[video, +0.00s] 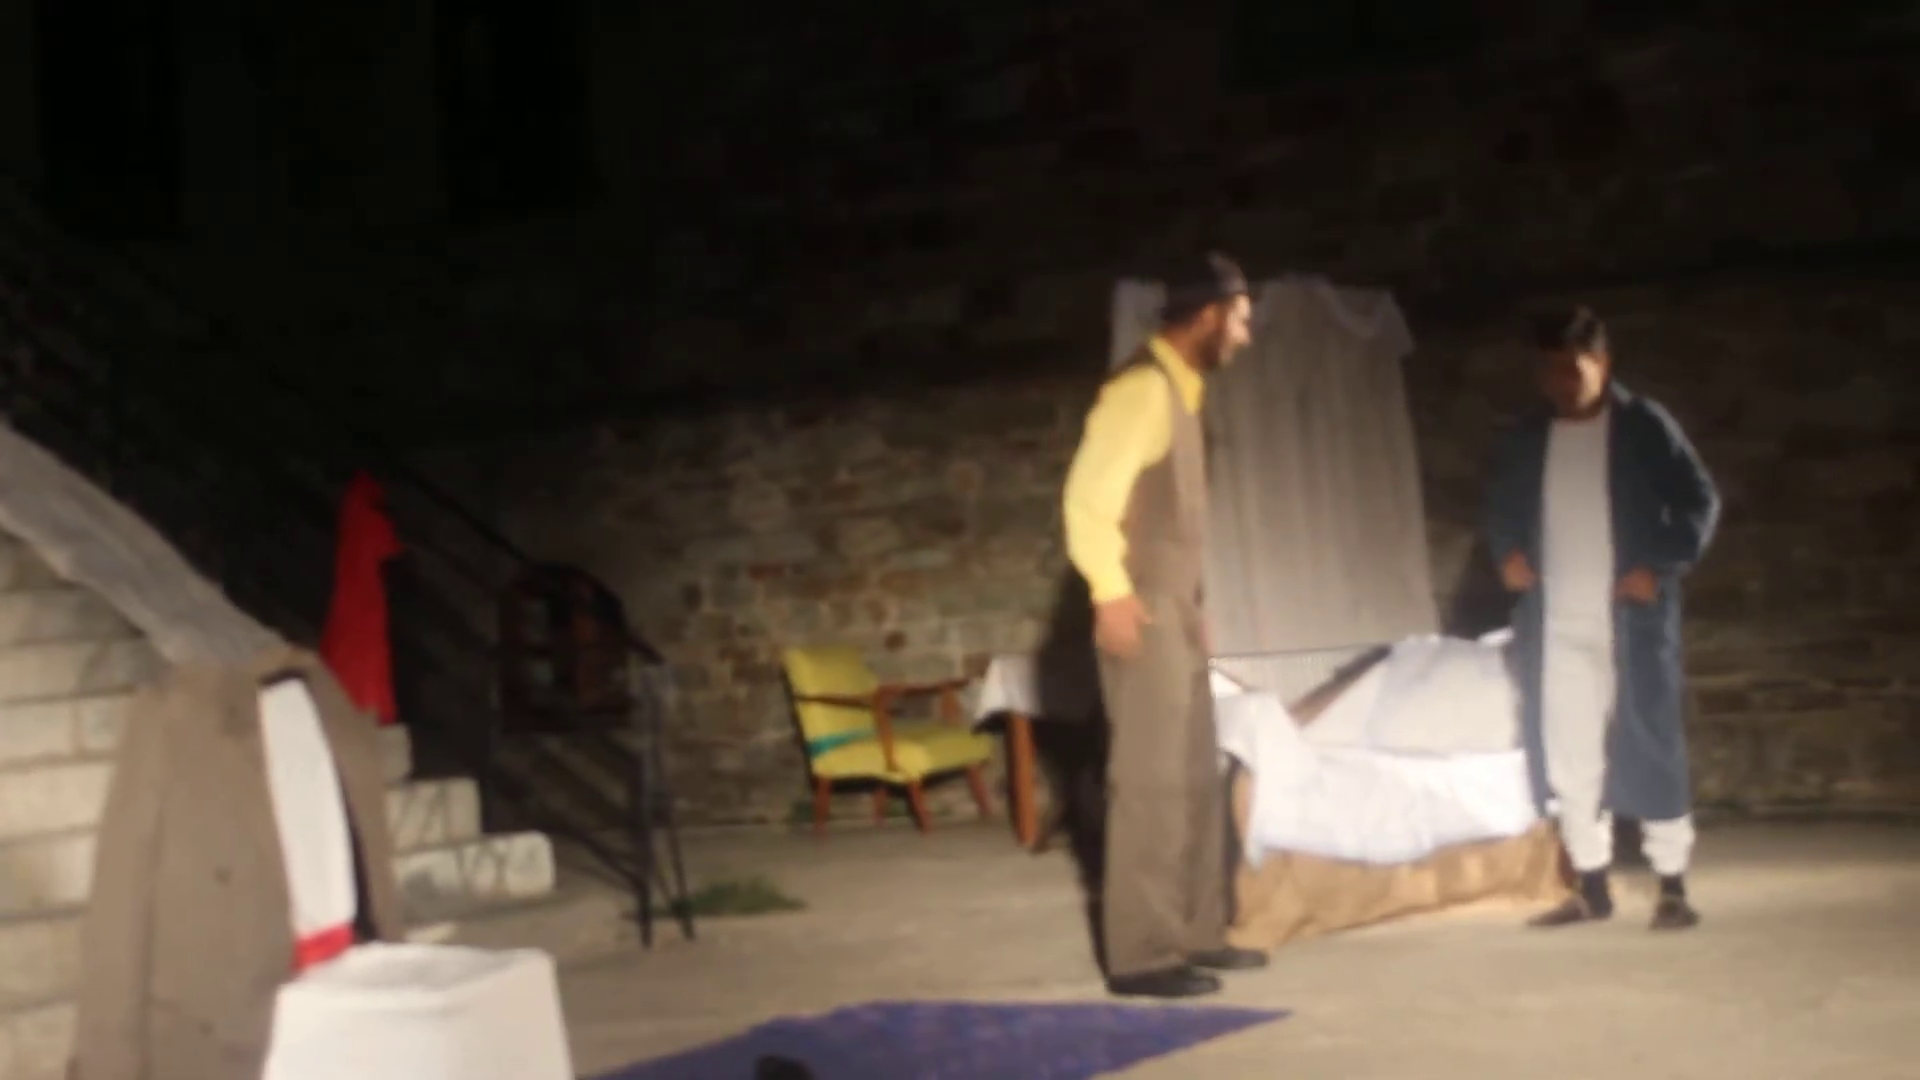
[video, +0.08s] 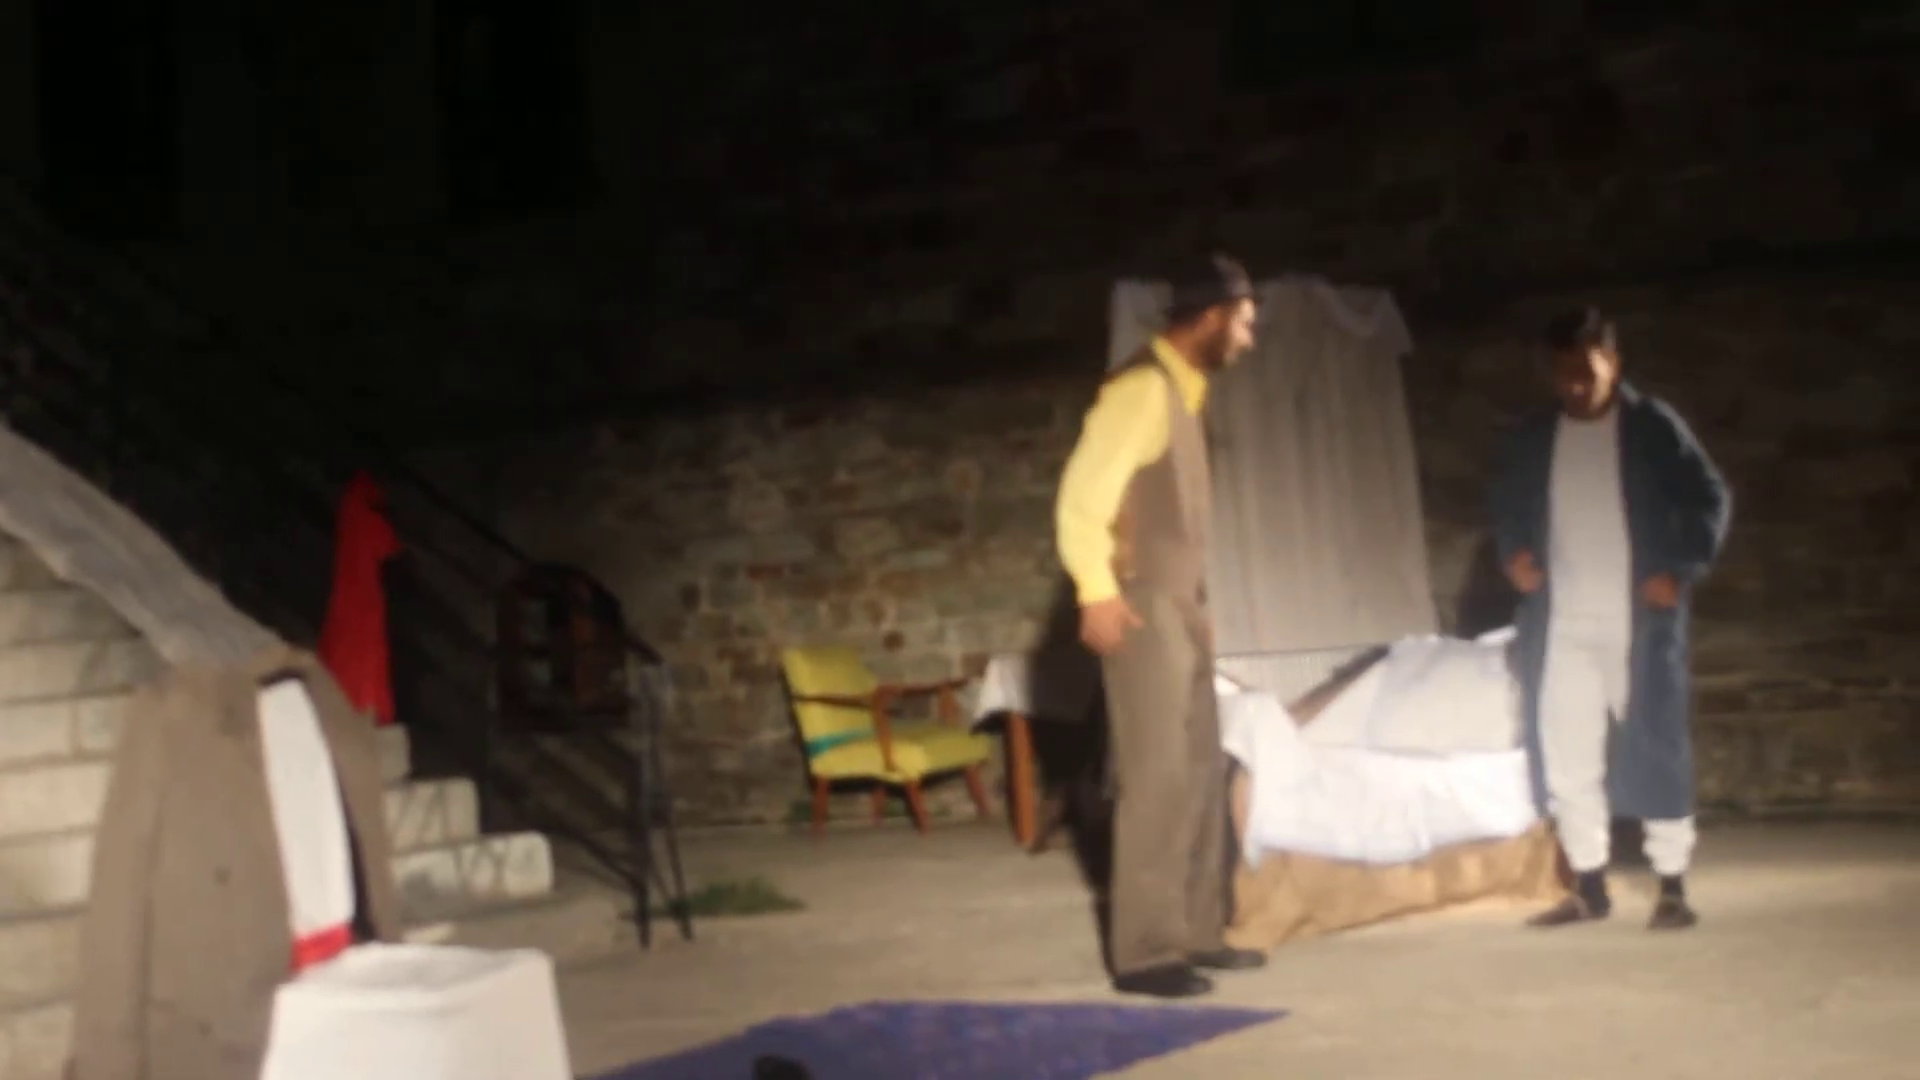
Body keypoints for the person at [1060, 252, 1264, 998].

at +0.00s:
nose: (1248, 331)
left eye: (1247, 316)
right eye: (1240, 316)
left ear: (1203, 316)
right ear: (1207, 316)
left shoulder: (1180, 396)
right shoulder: (1141, 392)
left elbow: (1173, 519)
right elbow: (1088, 496)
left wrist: (1193, 610)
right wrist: (1112, 591)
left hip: (1180, 614)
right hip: (1145, 615)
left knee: (1192, 775)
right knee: (1148, 782)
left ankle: (1196, 933)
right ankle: (1139, 953)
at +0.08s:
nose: (1252, 335)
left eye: (1251, 320)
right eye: (1244, 320)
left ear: (1204, 320)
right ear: (1209, 318)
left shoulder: (1183, 397)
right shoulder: (1140, 393)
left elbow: (1172, 519)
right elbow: (1081, 495)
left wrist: (1196, 615)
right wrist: (1096, 591)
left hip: (1183, 611)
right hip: (1144, 611)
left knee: (1198, 773)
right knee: (1154, 779)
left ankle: (1196, 932)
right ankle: (1142, 951)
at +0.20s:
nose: (1229, 342)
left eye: (1230, 327)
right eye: (1222, 326)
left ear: (1186, 323)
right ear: (1186, 321)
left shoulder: (1167, 393)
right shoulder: (1115, 393)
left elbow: (1171, 510)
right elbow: (1060, 496)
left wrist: (1194, 593)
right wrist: (1074, 590)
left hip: (1172, 603)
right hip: (1133, 604)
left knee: (1178, 771)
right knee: (1142, 775)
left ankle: (1177, 928)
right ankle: (1129, 945)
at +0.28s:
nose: (1216, 339)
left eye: (1217, 323)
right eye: (1208, 323)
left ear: (1175, 324)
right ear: (1171, 322)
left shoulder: (1169, 394)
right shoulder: (1100, 396)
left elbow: (1184, 503)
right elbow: (1051, 503)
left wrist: (1203, 587)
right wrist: (1074, 596)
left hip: (1171, 606)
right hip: (1128, 606)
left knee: (1172, 767)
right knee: (1139, 769)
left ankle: (1171, 928)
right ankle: (1130, 942)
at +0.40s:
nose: (1212, 337)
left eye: (1215, 323)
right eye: (1202, 322)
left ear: (1187, 322)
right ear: (1160, 317)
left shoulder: (1181, 397)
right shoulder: (1097, 396)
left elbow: (1202, 499)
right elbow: (1062, 506)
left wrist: (1226, 575)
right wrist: (1101, 591)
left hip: (1177, 606)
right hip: (1128, 607)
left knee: (1176, 765)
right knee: (1138, 770)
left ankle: (1174, 927)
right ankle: (1130, 941)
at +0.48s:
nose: (1200, 331)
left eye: (1205, 318)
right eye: (1188, 316)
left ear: (1199, 323)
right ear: (1145, 315)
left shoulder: (1186, 403)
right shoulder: (1089, 400)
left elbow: (1208, 494)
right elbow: (1071, 510)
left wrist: (1226, 559)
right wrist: (1125, 589)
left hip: (1175, 600)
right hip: (1121, 603)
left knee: (1172, 767)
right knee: (1128, 769)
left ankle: (1167, 929)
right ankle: (1122, 940)